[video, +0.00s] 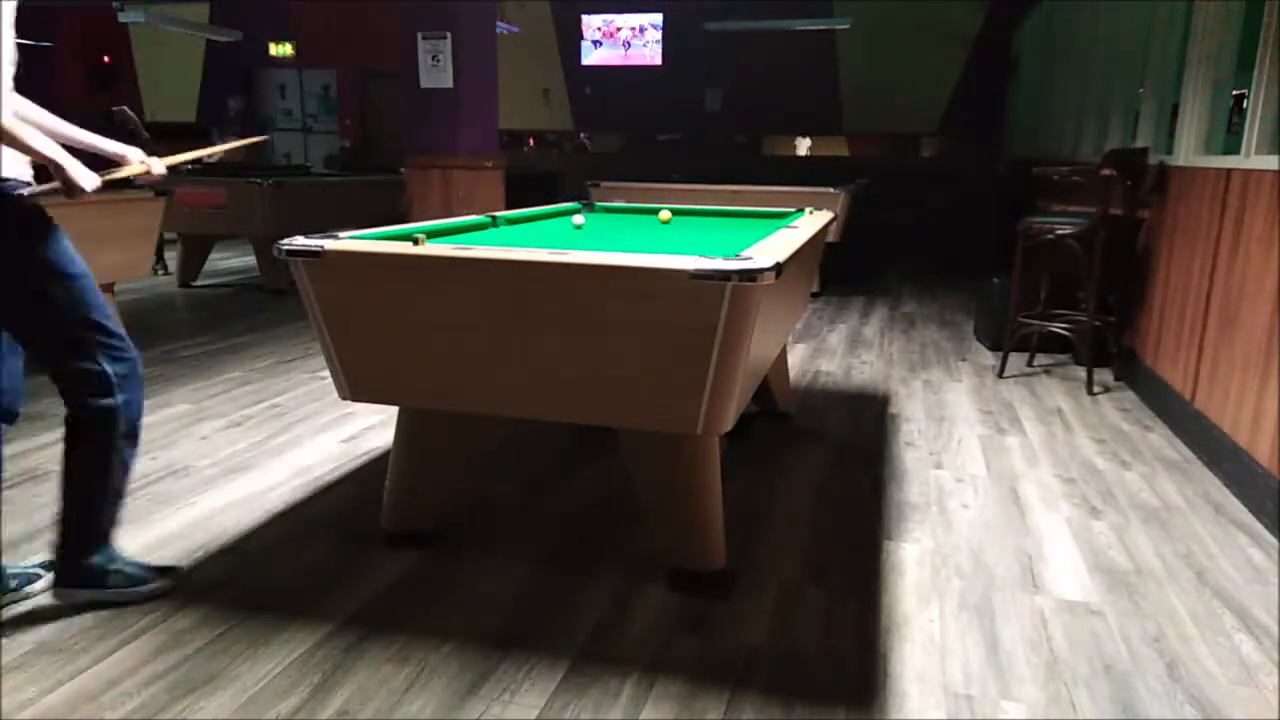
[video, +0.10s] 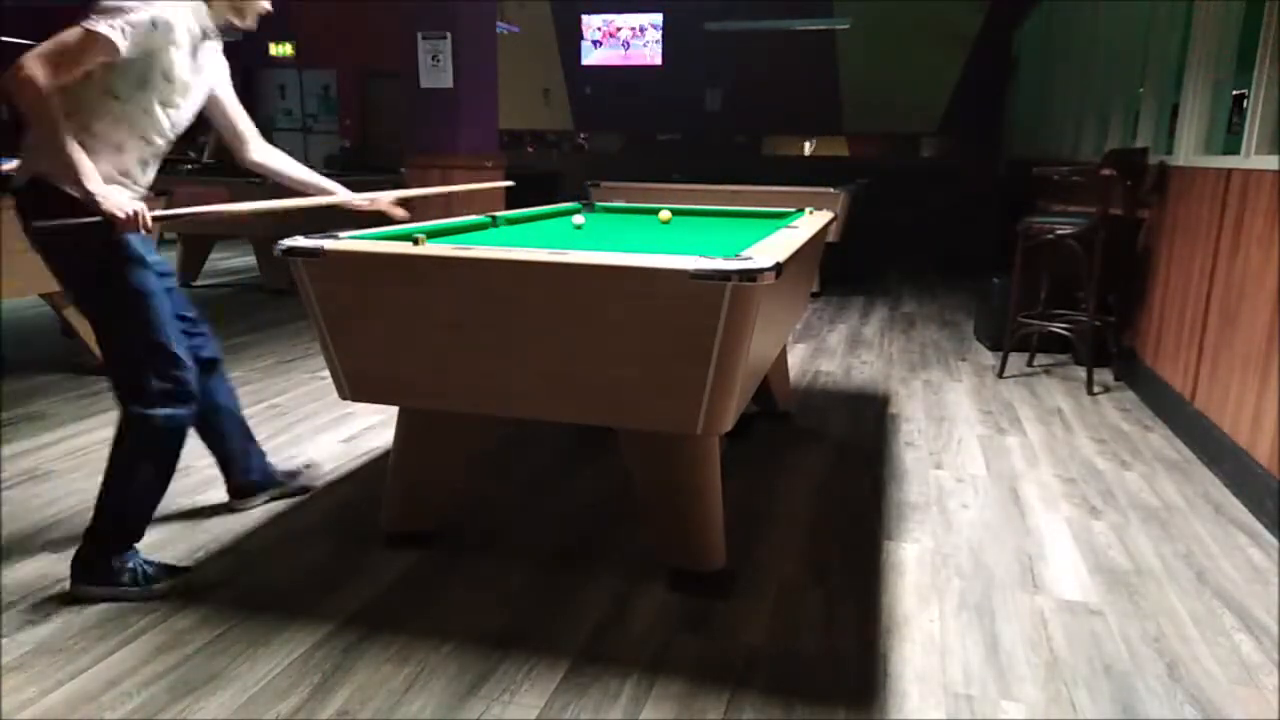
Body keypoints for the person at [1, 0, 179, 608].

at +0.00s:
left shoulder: (10, 14)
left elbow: (6, 100)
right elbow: (0, 106)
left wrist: (115, 149)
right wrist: (57, 160)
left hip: (14, 205)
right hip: (10, 206)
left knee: (3, 397)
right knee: (109, 372)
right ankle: (85, 559)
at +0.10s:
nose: (268, 7)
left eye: (268, 2)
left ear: (238, 4)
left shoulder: (208, 54)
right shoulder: (151, 19)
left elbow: (252, 150)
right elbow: (29, 75)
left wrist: (350, 199)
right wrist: (94, 186)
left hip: (118, 209)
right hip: (71, 205)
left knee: (197, 351)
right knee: (165, 385)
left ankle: (251, 477)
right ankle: (102, 558)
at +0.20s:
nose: (366, 100)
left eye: (370, 88)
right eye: (368, 84)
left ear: (330, 75)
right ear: (347, 76)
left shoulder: (305, 129)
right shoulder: (264, 87)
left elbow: (385, 181)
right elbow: (127, 83)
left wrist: (469, 212)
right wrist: (129, 194)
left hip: (149, 208)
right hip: (90, 194)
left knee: (228, 334)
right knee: (173, 367)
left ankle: (253, 474)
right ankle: (143, 546)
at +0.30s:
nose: (384, 135)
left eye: (387, 124)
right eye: (387, 121)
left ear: (354, 102)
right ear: (371, 107)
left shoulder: (322, 151)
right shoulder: (295, 112)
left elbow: (404, 192)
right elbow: (164, 76)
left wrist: (487, 217)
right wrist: (144, 184)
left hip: (152, 200)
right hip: (105, 184)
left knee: (231, 329)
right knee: (167, 369)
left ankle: (253, 475)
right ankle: (142, 544)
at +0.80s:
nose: (403, 180)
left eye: (407, 172)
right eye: (407, 169)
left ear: (370, 136)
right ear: (394, 152)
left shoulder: (338, 168)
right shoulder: (329, 148)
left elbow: (415, 205)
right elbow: (227, 63)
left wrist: (498, 217)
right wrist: (126, 133)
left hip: (177, 206)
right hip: (131, 184)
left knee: (242, 327)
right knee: (170, 365)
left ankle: (255, 473)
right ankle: (144, 546)